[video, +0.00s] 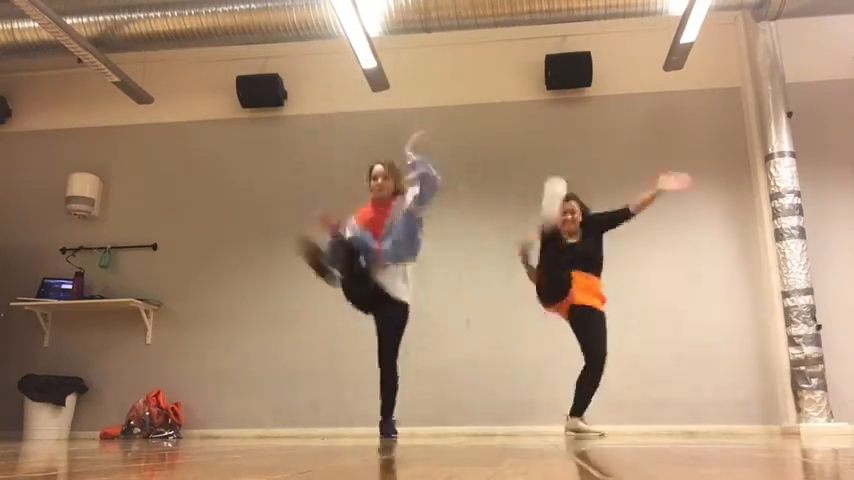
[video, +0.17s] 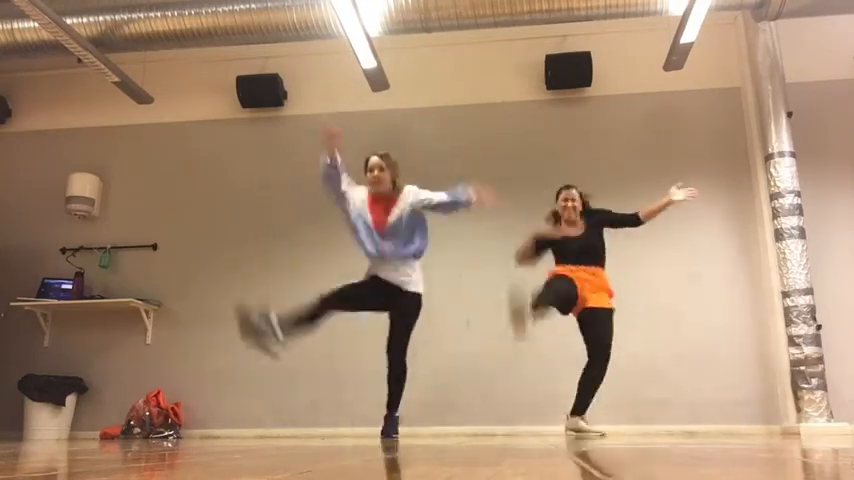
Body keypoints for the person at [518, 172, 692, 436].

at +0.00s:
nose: (570, 217)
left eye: (574, 212)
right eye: (565, 213)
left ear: (581, 213)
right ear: (557, 216)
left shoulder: (593, 225)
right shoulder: (551, 243)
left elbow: (628, 211)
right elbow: (541, 282)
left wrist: (656, 191)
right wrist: (526, 263)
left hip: (587, 298)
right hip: (558, 296)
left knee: (596, 360)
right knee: (552, 248)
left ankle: (574, 418)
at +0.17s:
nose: (569, 203)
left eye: (573, 199)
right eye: (564, 200)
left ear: (581, 203)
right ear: (557, 206)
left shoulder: (596, 218)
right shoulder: (550, 234)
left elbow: (636, 219)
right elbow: (523, 259)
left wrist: (669, 200)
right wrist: (536, 241)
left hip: (595, 288)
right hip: (566, 284)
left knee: (600, 355)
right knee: (559, 286)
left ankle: (575, 417)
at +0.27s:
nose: (572, 190)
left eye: (577, 187)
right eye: (567, 188)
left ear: (586, 192)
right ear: (561, 195)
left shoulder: (598, 215)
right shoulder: (554, 212)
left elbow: (619, 233)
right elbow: (523, 209)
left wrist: (651, 229)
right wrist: (519, 191)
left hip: (595, 282)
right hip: (563, 279)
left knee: (608, 345)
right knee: (555, 328)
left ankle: (587, 409)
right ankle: (549, 396)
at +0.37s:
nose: (584, 184)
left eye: (587, 183)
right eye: (578, 184)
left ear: (595, 196)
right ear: (569, 195)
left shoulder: (603, 223)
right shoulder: (560, 208)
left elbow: (608, 258)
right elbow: (531, 185)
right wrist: (516, 154)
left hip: (597, 287)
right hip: (563, 285)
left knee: (610, 351)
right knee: (556, 345)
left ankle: (604, 414)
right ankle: (558, 415)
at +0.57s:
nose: (573, 196)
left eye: (576, 191)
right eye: (568, 192)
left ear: (584, 195)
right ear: (561, 198)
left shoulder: (599, 216)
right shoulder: (557, 225)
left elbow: (620, 216)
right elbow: (526, 247)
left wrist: (631, 200)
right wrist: (534, 219)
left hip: (592, 292)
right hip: (563, 285)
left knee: (601, 355)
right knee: (536, 261)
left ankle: (601, 418)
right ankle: (533, 329)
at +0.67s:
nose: (563, 179)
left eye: (567, 175)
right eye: (559, 176)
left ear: (575, 177)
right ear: (552, 181)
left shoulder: (587, 188)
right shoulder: (547, 211)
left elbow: (611, 160)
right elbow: (541, 246)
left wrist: (618, 123)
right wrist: (534, 250)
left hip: (586, 269)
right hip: (557, 265)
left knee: (597, 336)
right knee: (524, 247)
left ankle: (606, 406)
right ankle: (531, 307)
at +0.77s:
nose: (562, 174)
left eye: (567, 170)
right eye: (557, 170)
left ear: (575, 173)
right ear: (550, 174)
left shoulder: (586, 186)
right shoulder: (541, 197)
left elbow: (618, 166)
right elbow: (525, 229)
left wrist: (612, 132)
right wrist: (530, 214)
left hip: (582, 258)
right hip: (550, 258)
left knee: (608, 297)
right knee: (510, 276)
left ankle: (603, 354)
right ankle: (524, 335)